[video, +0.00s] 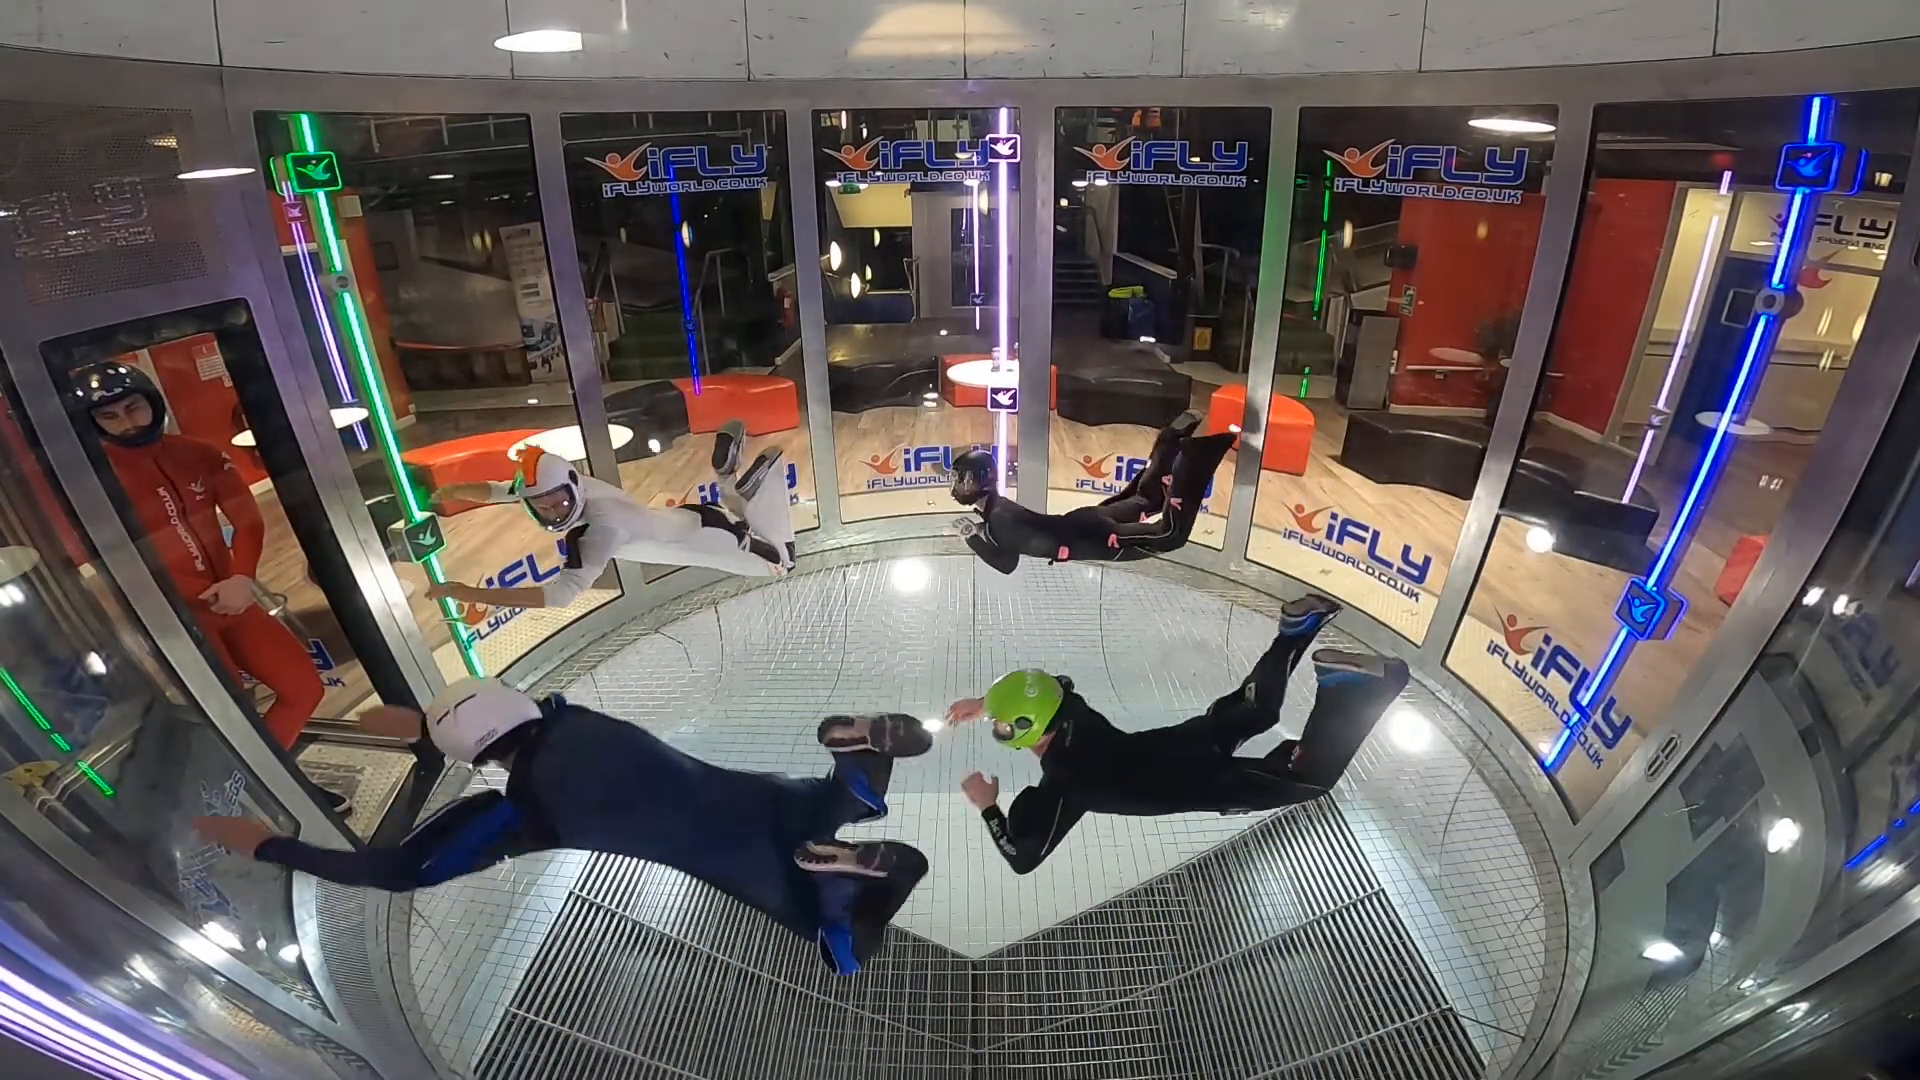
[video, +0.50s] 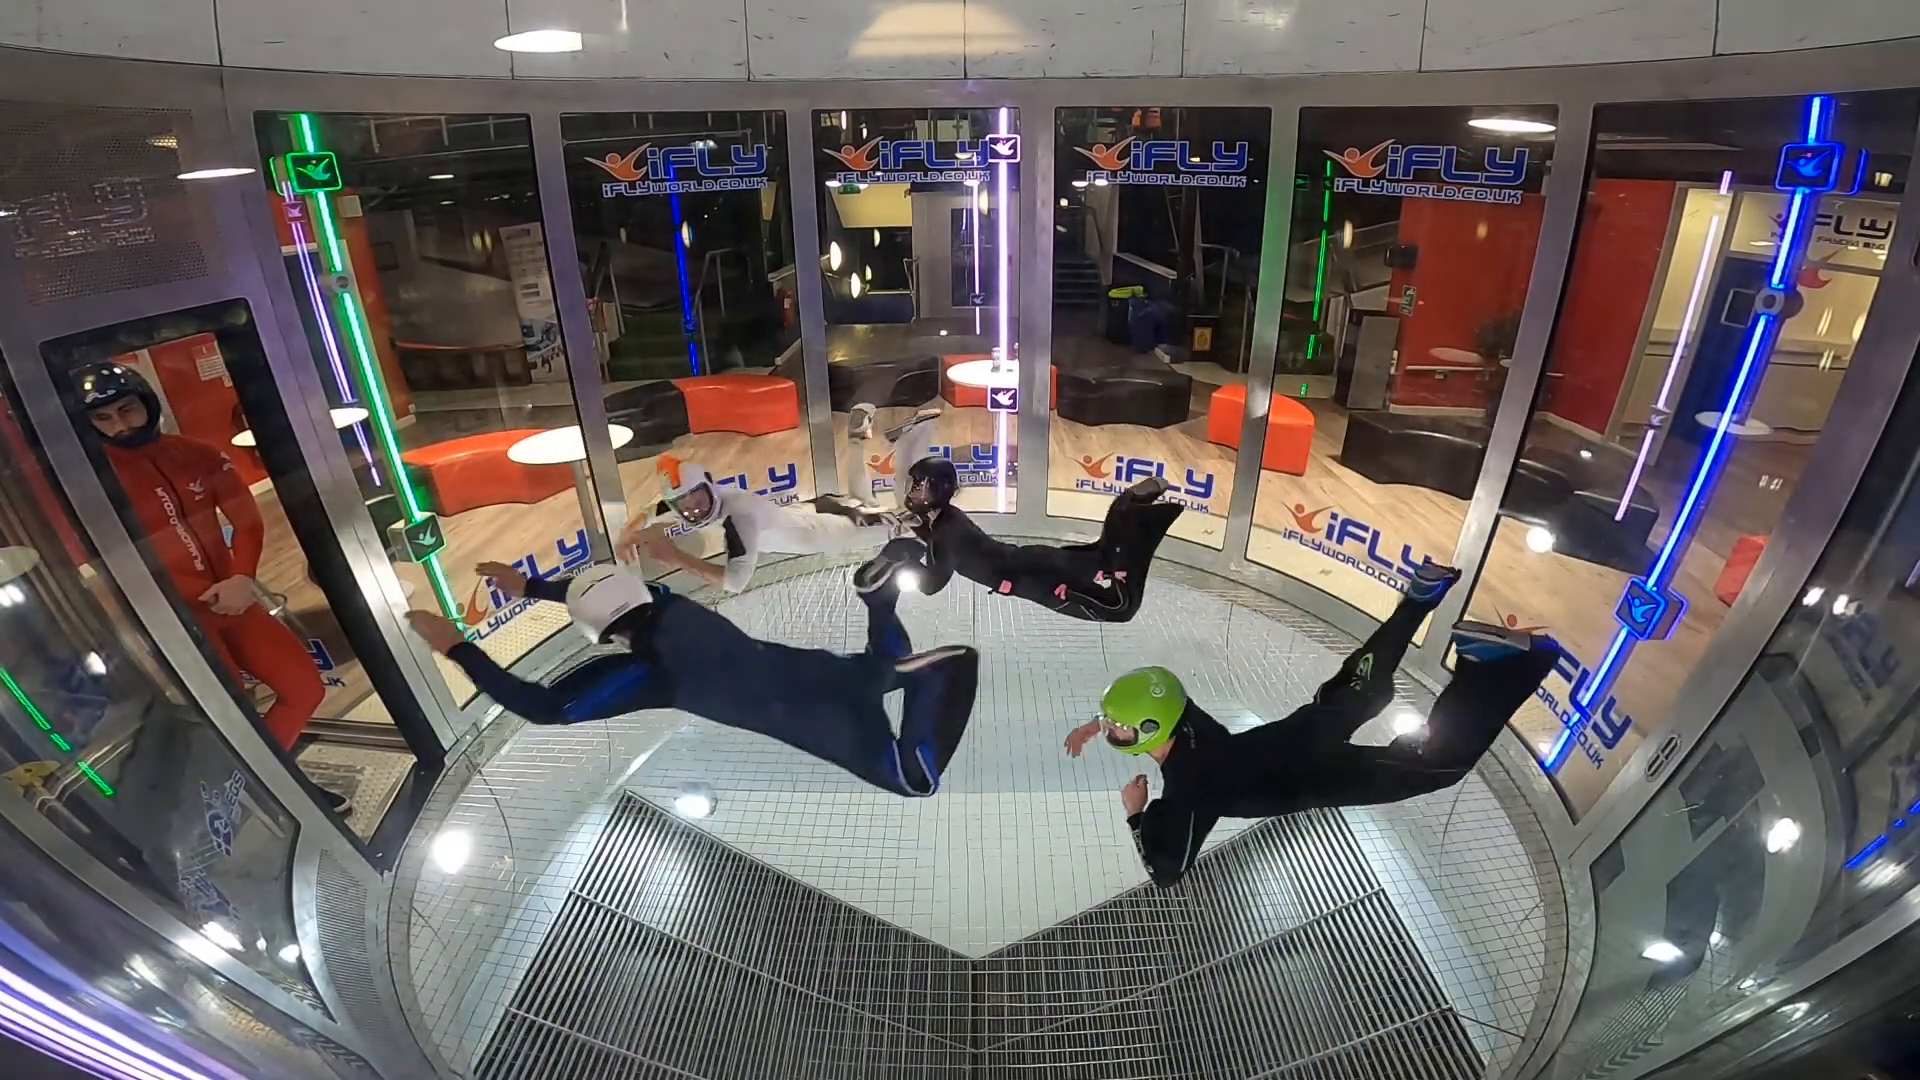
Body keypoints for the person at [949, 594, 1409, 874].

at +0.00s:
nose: (1006, 735)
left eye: (1009, 729)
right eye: (1005, 727)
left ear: (1033, 731)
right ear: (1045, 707)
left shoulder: (1066, 782)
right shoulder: (1071, 711)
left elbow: (1022, 855)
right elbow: (1040, 688)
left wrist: (988, 808)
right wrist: (986, 706)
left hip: (1203, 784)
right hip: (1188, 740)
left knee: (1311, 778)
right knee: (1256, 707)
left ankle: (1346, 688)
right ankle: (1294, 635)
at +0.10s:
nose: (1028, 726)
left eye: (1033, 722)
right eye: (1028, 718)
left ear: (1060, 725)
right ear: (1069, 701)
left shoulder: (1092, 775)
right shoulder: (1093, 704)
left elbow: (1055, 850)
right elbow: (1068, 677)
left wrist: (1020, 804)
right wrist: (1012, 695)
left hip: (1229, 775)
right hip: (1218, 731)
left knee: (1339, 773)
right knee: (1281, 694)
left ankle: (1357, 685)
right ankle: (1312, 622)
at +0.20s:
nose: (1053, 727)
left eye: (1058, 722)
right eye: (1050, 718)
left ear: (1088, 724)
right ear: (1094, 700)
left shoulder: (1118, 773)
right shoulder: (1116, 696)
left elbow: (1083, 850)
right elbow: (1093, 668)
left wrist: (1058, 796)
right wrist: (1040, 692)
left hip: (1252, 768)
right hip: (1240, 725)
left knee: (1364, 766)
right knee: (1302, 688)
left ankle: (1378, 677)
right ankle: (1337, 610)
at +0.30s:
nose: (1079, 731)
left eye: (1085, 725)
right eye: (1075, 721)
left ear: (1110, 724)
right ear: (1116, 698)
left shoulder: (1142, 773)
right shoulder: (1139, 695)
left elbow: (1114, 852)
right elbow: (1117, 669)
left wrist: (1085, 800)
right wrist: (1066, 699)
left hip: (1273, 765)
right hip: (1256, 724)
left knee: (1391, 762)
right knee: (1324, 684)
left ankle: (1427, 671)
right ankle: (1369, 604)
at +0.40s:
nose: (1101, 734)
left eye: (1109, 728)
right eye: (1098, 725)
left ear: (1135, 726)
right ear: (1137, 703)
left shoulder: (1168, 770)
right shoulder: (1159, 701)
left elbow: (1143, 860)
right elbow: (1134, 689)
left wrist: (1119, 808)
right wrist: (1092, 719)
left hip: (1293, 771)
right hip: (1274, 730)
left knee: (1409, 764)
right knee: (1341, 683)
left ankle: (1485, 669)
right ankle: (1393, 606)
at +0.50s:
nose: (1115, 734)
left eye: (1124, 729)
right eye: (1116, 724)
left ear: (1151, 731)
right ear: (1156, 710)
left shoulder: (1188, 782)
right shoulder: (1177, 714)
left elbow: (1168, 870)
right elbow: (1140, 706)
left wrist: (1141, 814)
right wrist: (1099, 726)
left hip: (1321, 776)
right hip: (1298, 730)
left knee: (1438, 762)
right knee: (1362, 684)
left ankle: (1523, 664)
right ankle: (1416, 602)